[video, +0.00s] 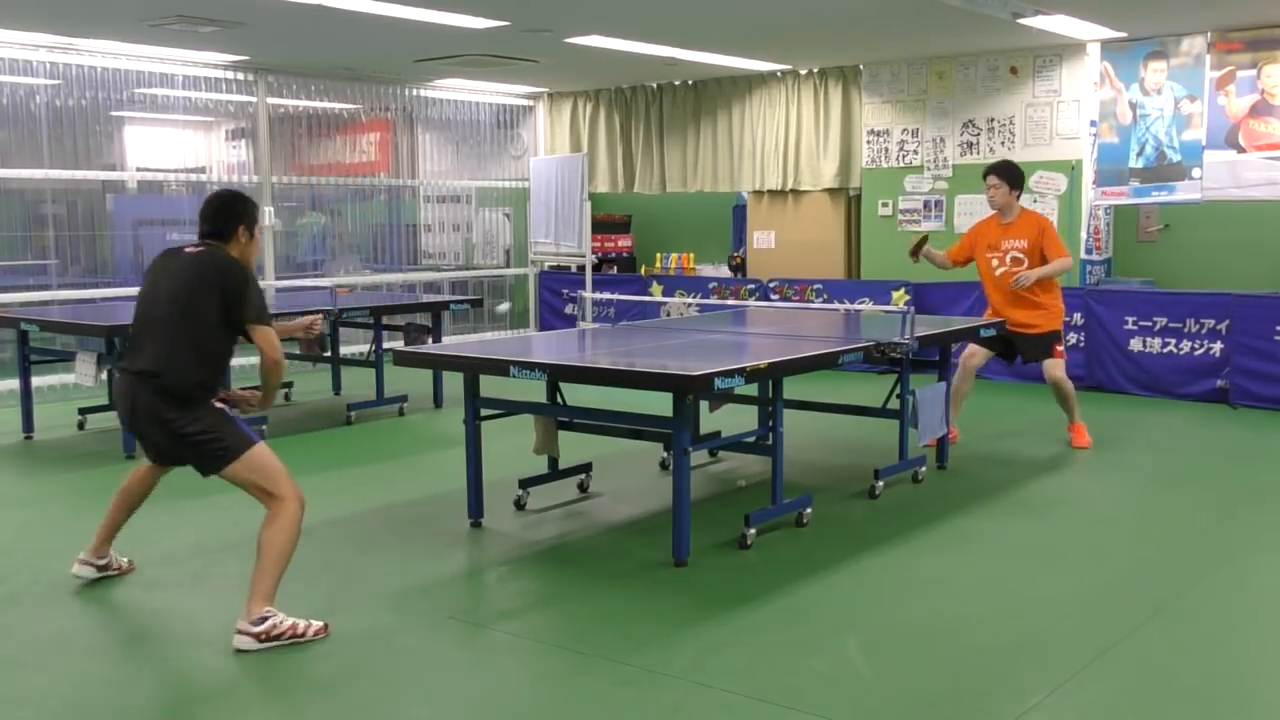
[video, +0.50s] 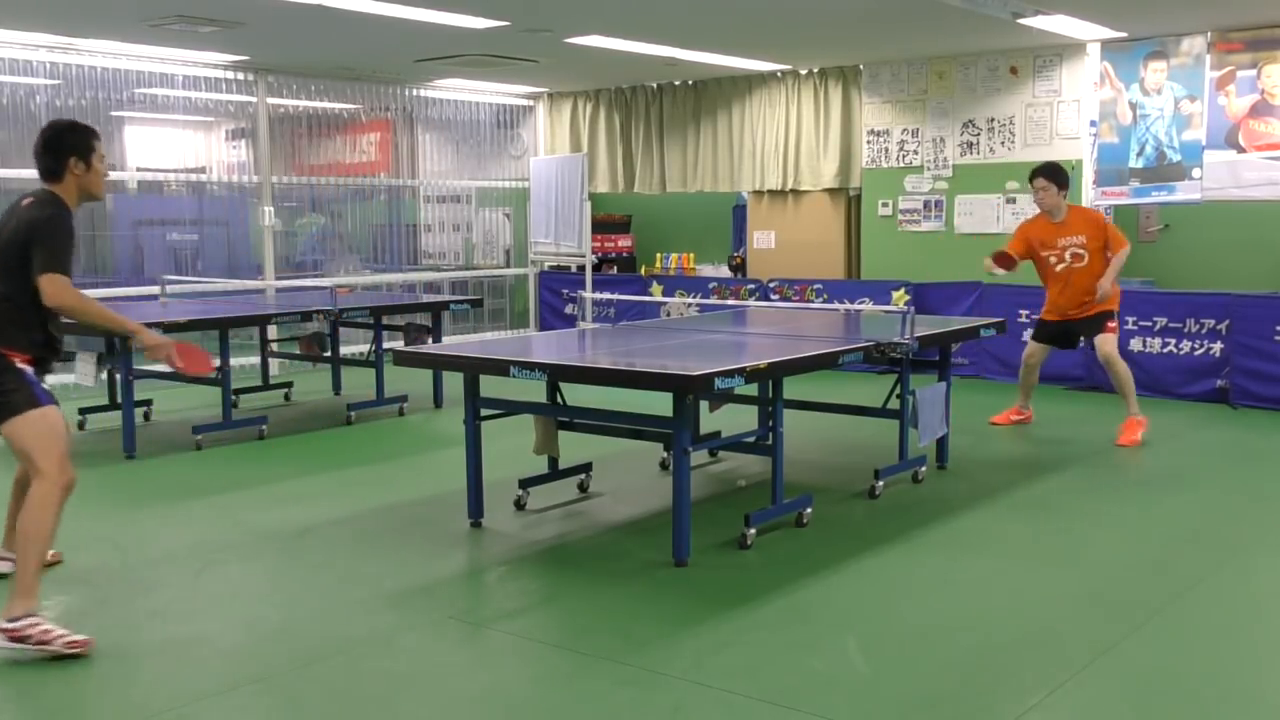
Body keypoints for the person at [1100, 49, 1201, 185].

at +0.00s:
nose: (1158, 76)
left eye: (1162, 71)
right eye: (1154, 71)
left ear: (1167, 72)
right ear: (1143, 71)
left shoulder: (1173, 89)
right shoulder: (1135, 90)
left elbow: (1198, 105)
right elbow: (1125, 120)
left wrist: (1191, 106)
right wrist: (1121, 95)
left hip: (1171, 161)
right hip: (1141, 163)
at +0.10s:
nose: (1158, 76)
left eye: (1162, 71)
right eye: (1154, 71)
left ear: (1167, 72)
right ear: (1143, 71)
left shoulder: (1173, 89)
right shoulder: (1135, 90)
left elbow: (1199, 105)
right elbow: (1125, 120)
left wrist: (1191, 106)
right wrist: (1121, 95)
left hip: (1171, 161)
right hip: (1141, 163)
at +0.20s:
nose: (1158, 76)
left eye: (1162, 71)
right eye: (1154, 71)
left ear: (1167, 72)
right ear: (1143, 72)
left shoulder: (1173, 89)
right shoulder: (1135, 90)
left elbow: (1198, 105)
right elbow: (1125, 120)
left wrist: (1191, 107)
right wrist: (1120, 95)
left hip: (1171, 161)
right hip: (1141, 163)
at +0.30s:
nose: (1158, 76)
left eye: (1162, 71)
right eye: (1154, 71)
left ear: (1167, 72)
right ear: (1143, 72)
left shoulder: (1173, 89)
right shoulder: (1134, 91)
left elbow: (1199, 105)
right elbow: (1125, 120)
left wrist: (1191, 107)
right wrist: (1120, 95)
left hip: (1171, 161)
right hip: (1141, 163)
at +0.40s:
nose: (1158, 77)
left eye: (1162, 71)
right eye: (1154, 71)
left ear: (1167, 73)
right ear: (1143, 72)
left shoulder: (1173, 89)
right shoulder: (1135, 90)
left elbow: (1198, 105)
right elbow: (1125, 120)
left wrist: (1191, 106)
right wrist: (1121, 94)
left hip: (1171, 161)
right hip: (1141, 163)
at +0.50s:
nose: (1158, 76)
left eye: (1162, 71)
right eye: (1154, 71)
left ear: (1167, 72)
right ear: (1143, 72)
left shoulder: (1173, 89)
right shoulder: (1135, 90)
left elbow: (1198, 105)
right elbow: (1125, 120)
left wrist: (1191, 106)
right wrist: (1120, 94)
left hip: (1171, 161)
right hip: (1141, 163)